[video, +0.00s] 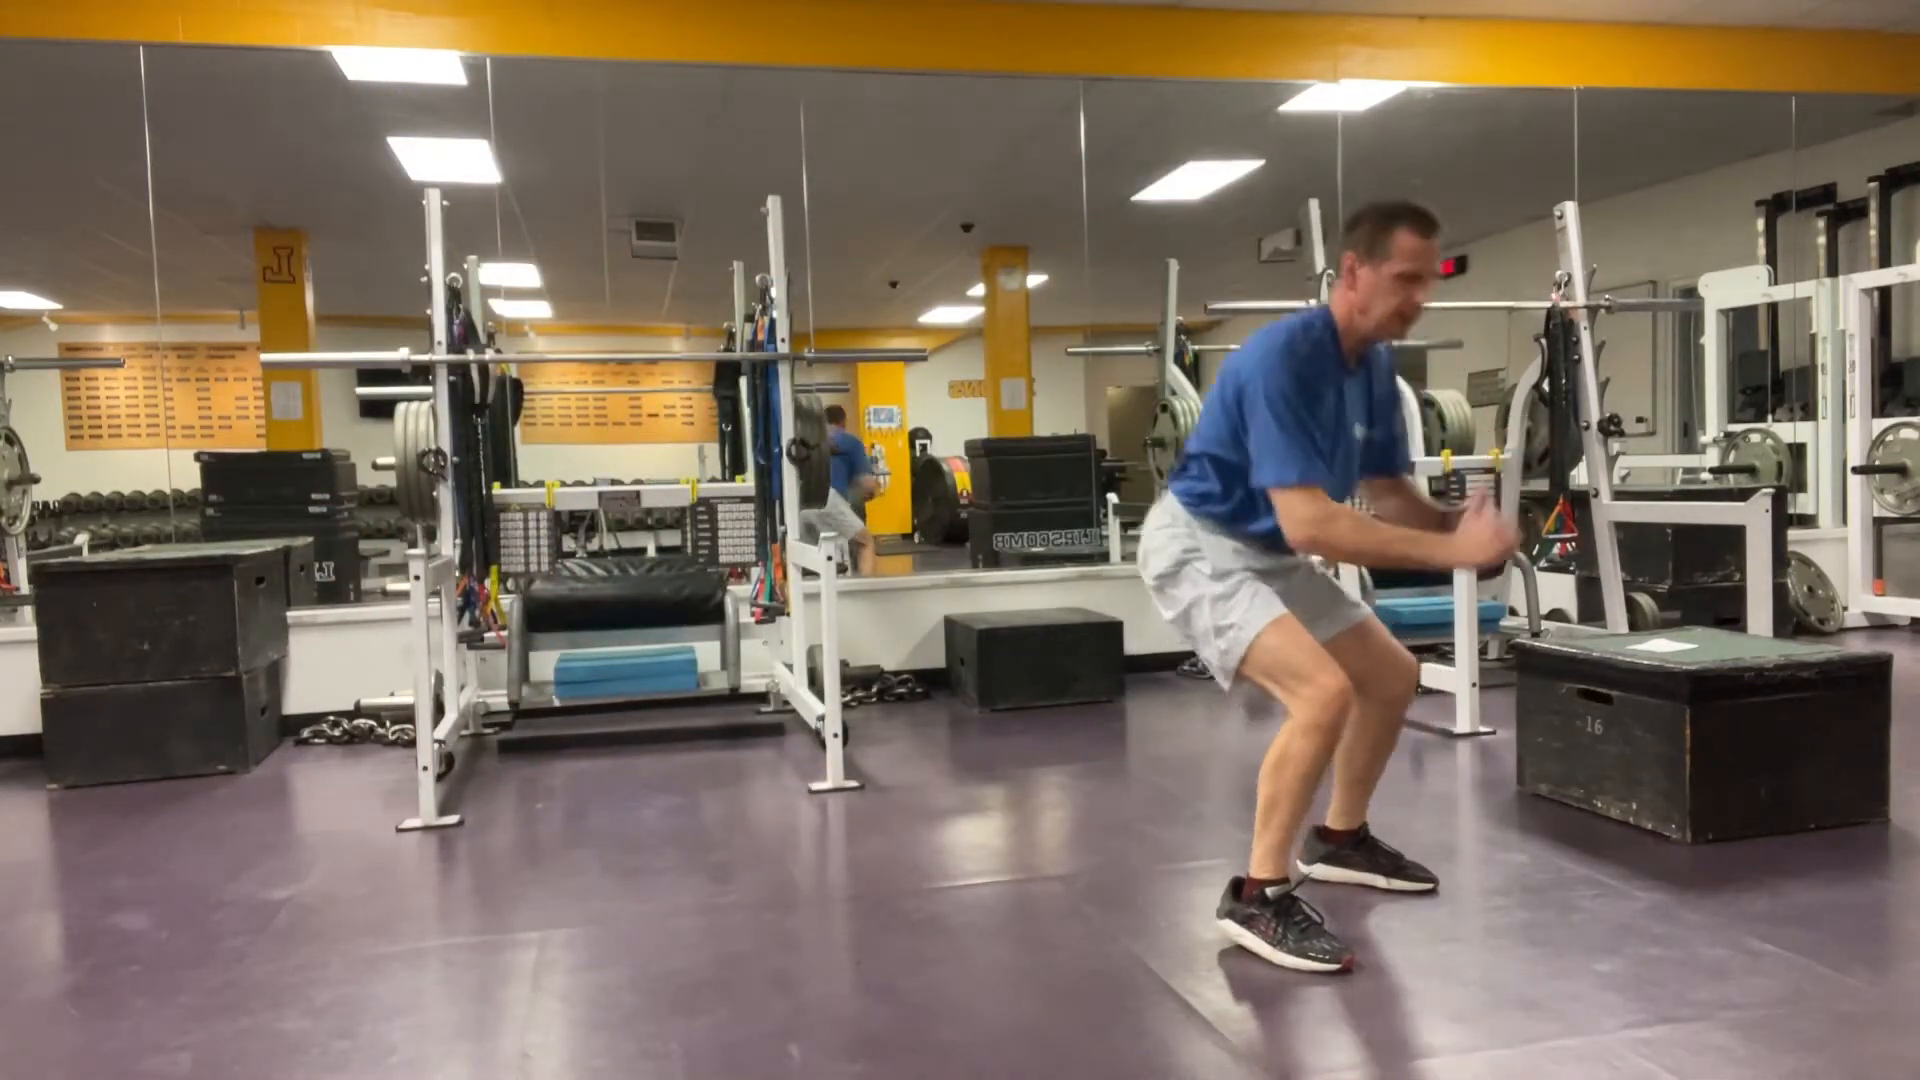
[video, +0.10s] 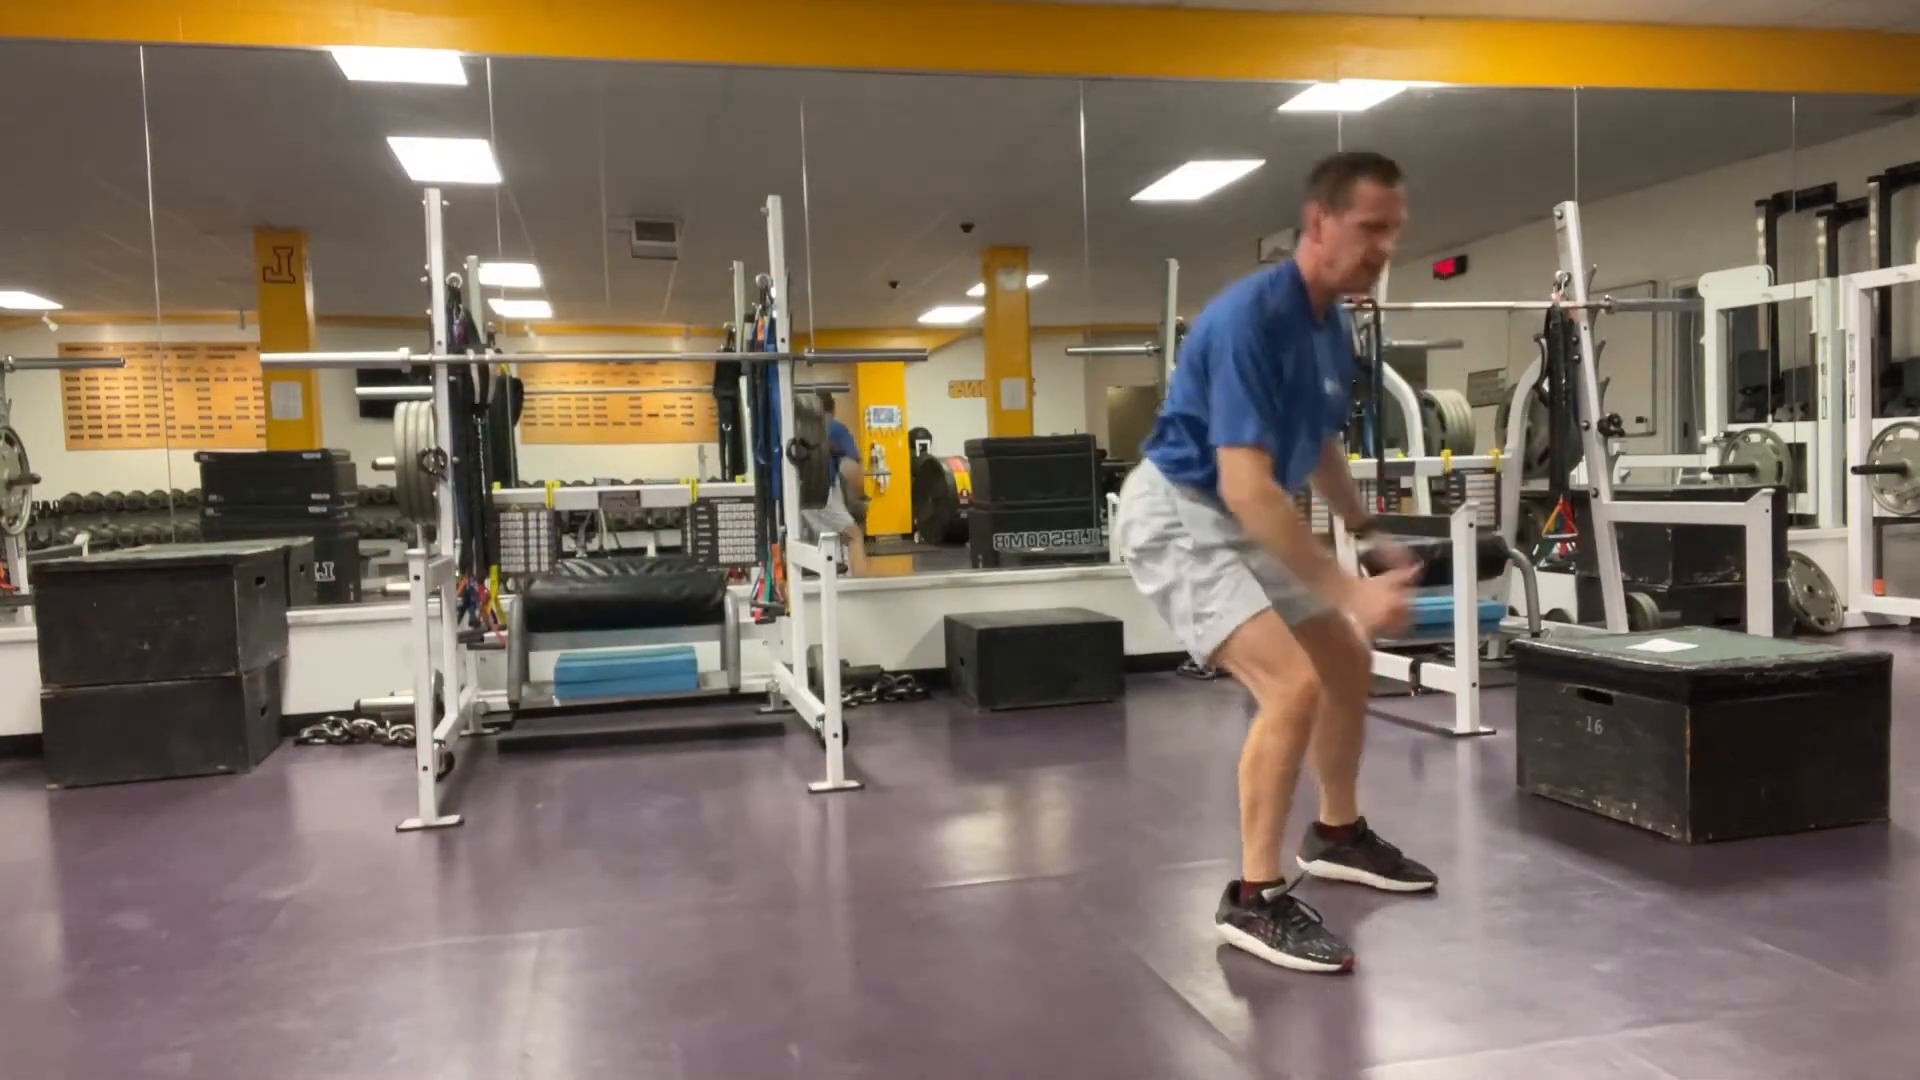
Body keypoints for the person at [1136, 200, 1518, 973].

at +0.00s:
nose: (1421, 300)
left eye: (1428, 282)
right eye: (1407, 280)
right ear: (1353, 275)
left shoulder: (1375, 369)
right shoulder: (1280, 359)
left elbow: (1384, 492)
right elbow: (1307, 526)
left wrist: (1458, 533)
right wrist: (1448, 550)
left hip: (1275, 549)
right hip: (1196, 546)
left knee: (1389, 677)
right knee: (1322, 694)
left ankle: (1341, 838)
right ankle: (1258, 892)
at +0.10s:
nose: (1386, 248)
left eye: (1395, 232)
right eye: (1371, 228)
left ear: (1397, 237)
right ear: (1318, 227)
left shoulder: (1333, 334)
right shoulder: (1248, 320)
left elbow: (1318, 449)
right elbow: (1245, 491)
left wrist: (1367, 531)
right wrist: (1345, 590)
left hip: (1246, 513)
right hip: (1172, 515)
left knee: (1345, 662)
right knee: (1291, 686)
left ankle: (1338, 833)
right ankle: (1256, 897)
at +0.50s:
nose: (1127, 200)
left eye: (1134, 184)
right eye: (1108, 184)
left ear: (1142, 191)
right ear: (1061, 193)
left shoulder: (1136, 302)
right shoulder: (1025, 295)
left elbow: (1126, 431)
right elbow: (939, 424)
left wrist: (1167, 513)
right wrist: (953, 550)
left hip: (1110, 509)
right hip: (1052, 510)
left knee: (1104, 710)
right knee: (1172, 688)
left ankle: (978, 833)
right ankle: (1240, 895)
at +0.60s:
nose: (1061, 189)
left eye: (1069, 173)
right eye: (1042, 174)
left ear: (1078, 182)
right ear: (996, 182)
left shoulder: (1075, 290)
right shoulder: (953, 289)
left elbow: (1103, 410)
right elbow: (896, 421)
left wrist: (1155, 494)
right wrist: (912, 540)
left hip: (1061, 499)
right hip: (995, 500)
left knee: (1055, 699)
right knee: (1104, 687)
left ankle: (967, 846)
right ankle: (1195, 876)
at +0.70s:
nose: (992, 171)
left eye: (1002, 155)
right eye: (974, 155)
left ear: (1013, 164)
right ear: (934, 165)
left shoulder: (1022, 270)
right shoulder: (894, 274)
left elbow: (1057, 383)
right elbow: (858, 412)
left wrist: (1120, 456)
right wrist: (902, 524)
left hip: (1014, 477)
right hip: (940, 480)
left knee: (1012, 681)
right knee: (1042, 668)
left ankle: (964, 847)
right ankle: (1066, 873)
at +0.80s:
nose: (929, 163)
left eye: (937, 147)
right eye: (909, 150)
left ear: (952, 155)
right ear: (872, 161)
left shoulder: (971, 259)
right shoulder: (843, 269)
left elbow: (1007, 367)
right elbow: (823, 410)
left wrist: (1070, 435)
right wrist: (895, 502)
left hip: (968, 467)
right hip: (894, 471)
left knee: (988, 667)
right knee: (958, 668)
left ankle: (963, 848)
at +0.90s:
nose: (869, 178)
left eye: (879, 160)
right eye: (850, 164)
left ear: (895, 167)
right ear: (817, 175)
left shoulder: (918, 267)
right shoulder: (791, 280)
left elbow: (948, 377)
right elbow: (784, 419)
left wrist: (1011, 446)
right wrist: (879, 477)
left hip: (925, 500)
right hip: (843, 513)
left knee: (961, 667)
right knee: (853, 694)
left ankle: (961, 849)